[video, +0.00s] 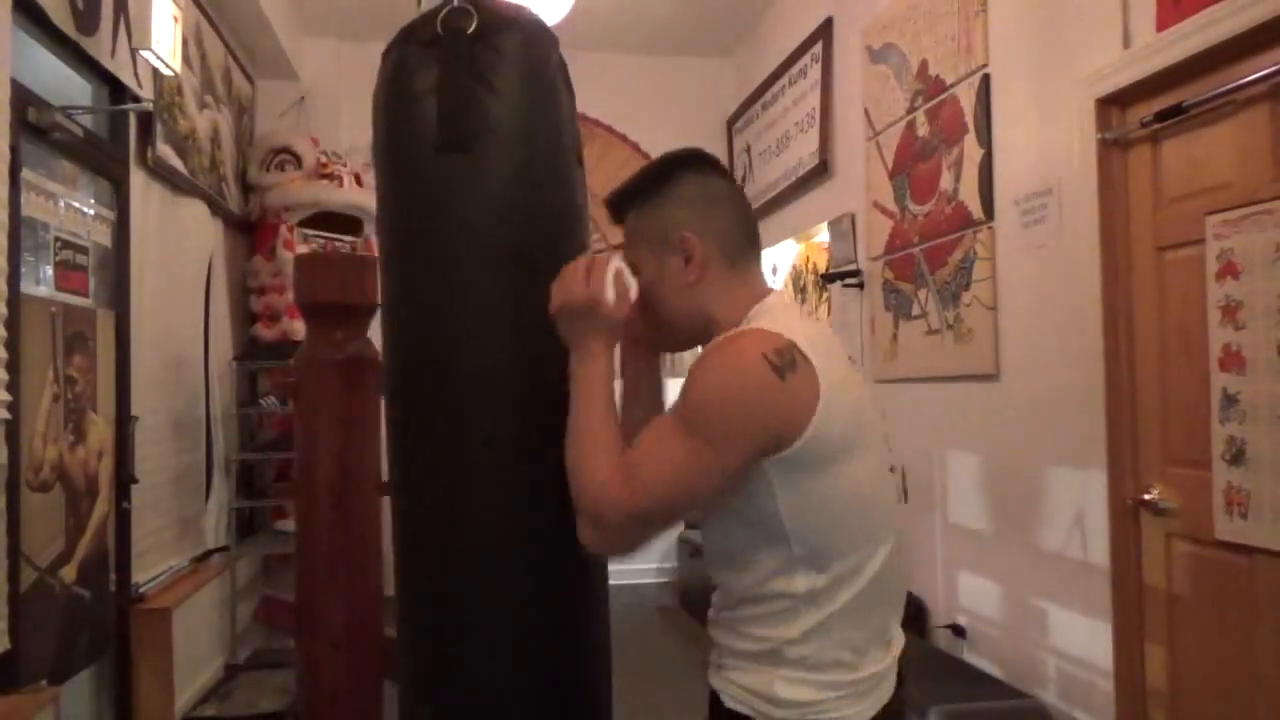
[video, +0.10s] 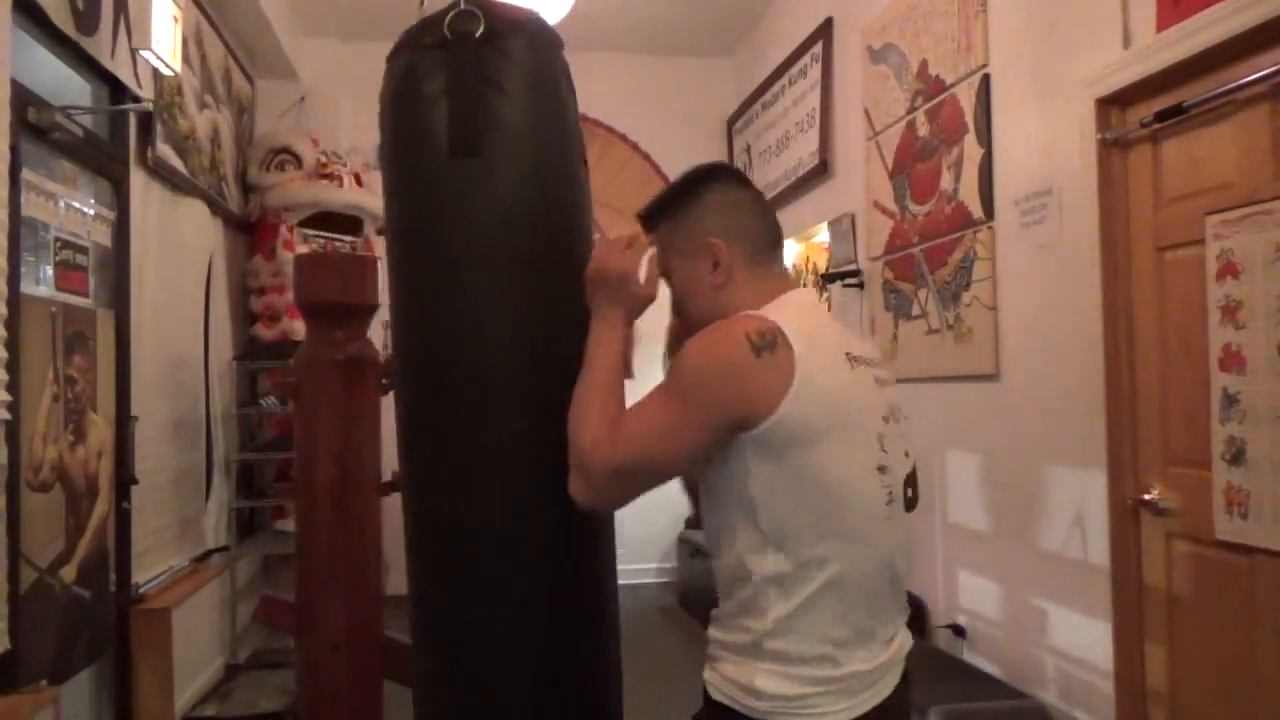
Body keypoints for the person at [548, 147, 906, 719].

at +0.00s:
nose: (635, 295)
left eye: (638, 273)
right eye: (632, 276)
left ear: (689, 259)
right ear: (693, 258)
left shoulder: (751, 362)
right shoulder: (790, 330)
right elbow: (645, 496)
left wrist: (585, 347)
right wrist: (639, 345)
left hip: (786, 704)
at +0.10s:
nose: (676, 299)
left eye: (673, 279)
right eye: (669, 282)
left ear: (715, 262)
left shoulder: (741, 349)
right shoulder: (822, 328)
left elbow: (594, 480)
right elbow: (710, 492)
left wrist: (609, 316)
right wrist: (687, 318)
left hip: (781, 700)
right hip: (876, 680)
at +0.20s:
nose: (704, 326)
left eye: (700, 305)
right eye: (697, 310)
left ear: (735, 279)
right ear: (796, 274)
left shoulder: (740, 349)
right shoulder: (881, 358)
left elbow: (612, 490)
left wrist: (615, 344)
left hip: (773, 702)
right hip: (893, 689)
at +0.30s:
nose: (716, 349)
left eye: (716, 331)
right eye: (714, 335)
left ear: (749, 307)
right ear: (811, 303)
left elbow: (644, 528)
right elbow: (934, 539)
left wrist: (624, 396)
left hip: (777, 702)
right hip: (907, 696)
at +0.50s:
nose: (728, 378)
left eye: (725, 362)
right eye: (722, 366)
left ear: (760, 330)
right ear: (813, 326)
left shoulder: (767, 376)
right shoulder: (899, 388)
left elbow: (680, 540)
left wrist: (640, 418)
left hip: (810, 704)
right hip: (922, 697)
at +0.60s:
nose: (715, 352)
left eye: (716, 330)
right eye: (710, 334)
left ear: (763, 307)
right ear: (779, 308)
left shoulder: (792, 355)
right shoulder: (865, 358)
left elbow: (700, 520)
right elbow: (774, 542)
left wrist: (655, 389)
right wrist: (730, 414)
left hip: (832, 697)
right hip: (912, 689)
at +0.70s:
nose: (698, 321)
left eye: (706, 299)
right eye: (698, 301)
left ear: (768, 292)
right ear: (771, 294)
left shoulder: (822, 346)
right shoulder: (837, 344)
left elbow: (740, 518)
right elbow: (726, 514)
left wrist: (673, 387)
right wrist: (697, 383)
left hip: (845, 692)